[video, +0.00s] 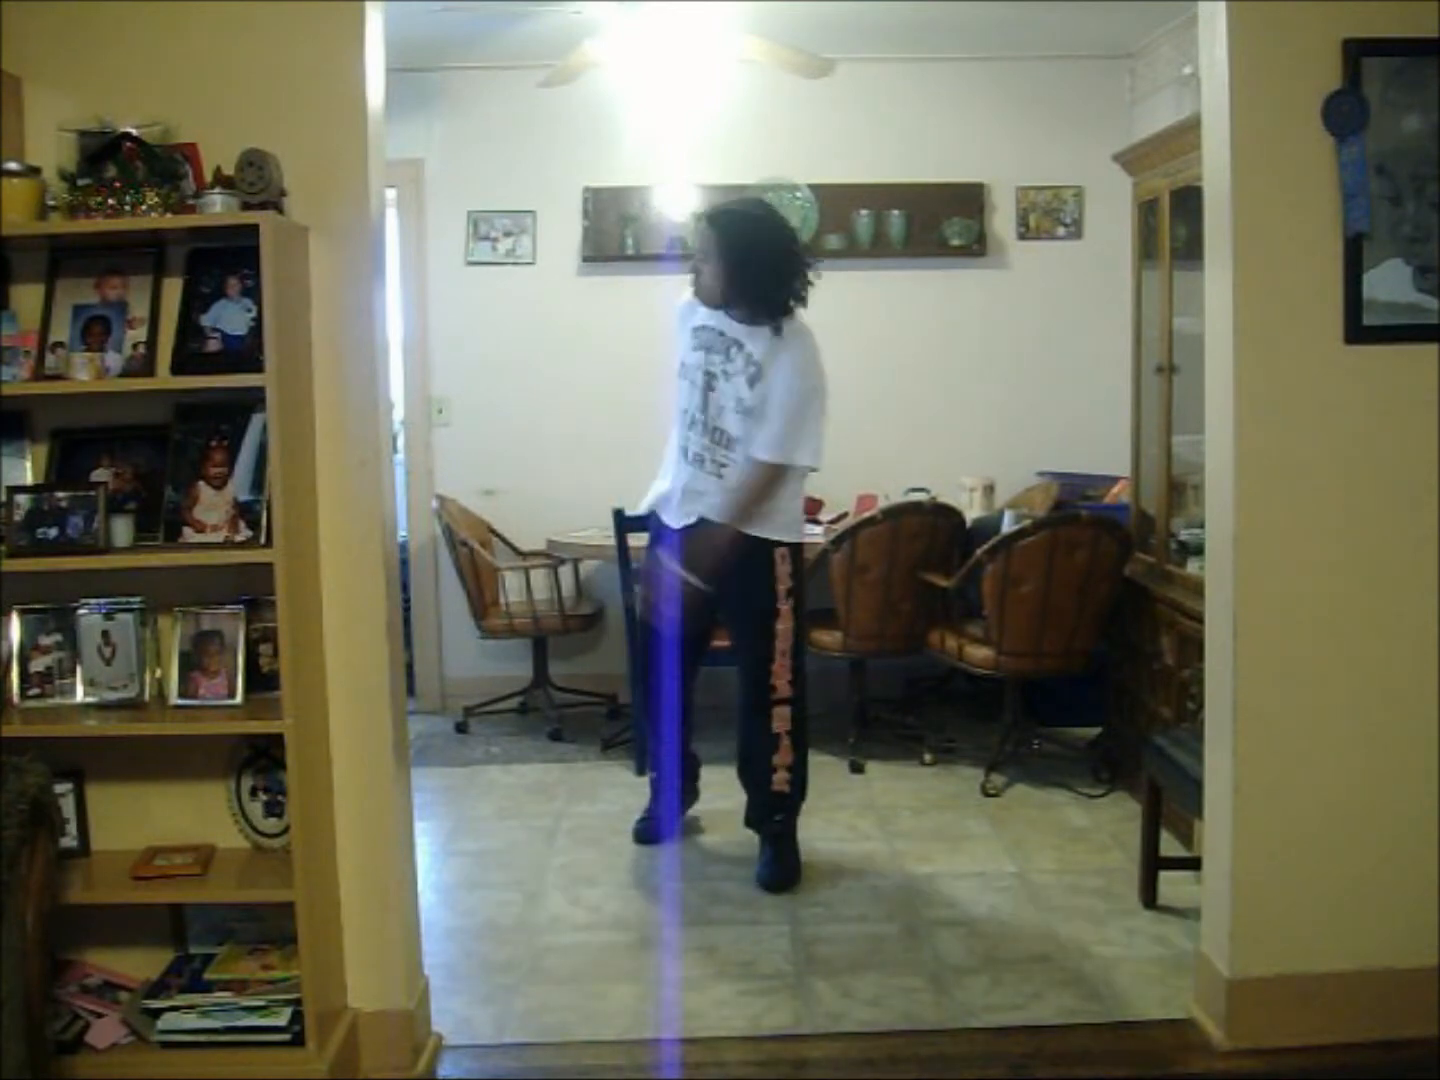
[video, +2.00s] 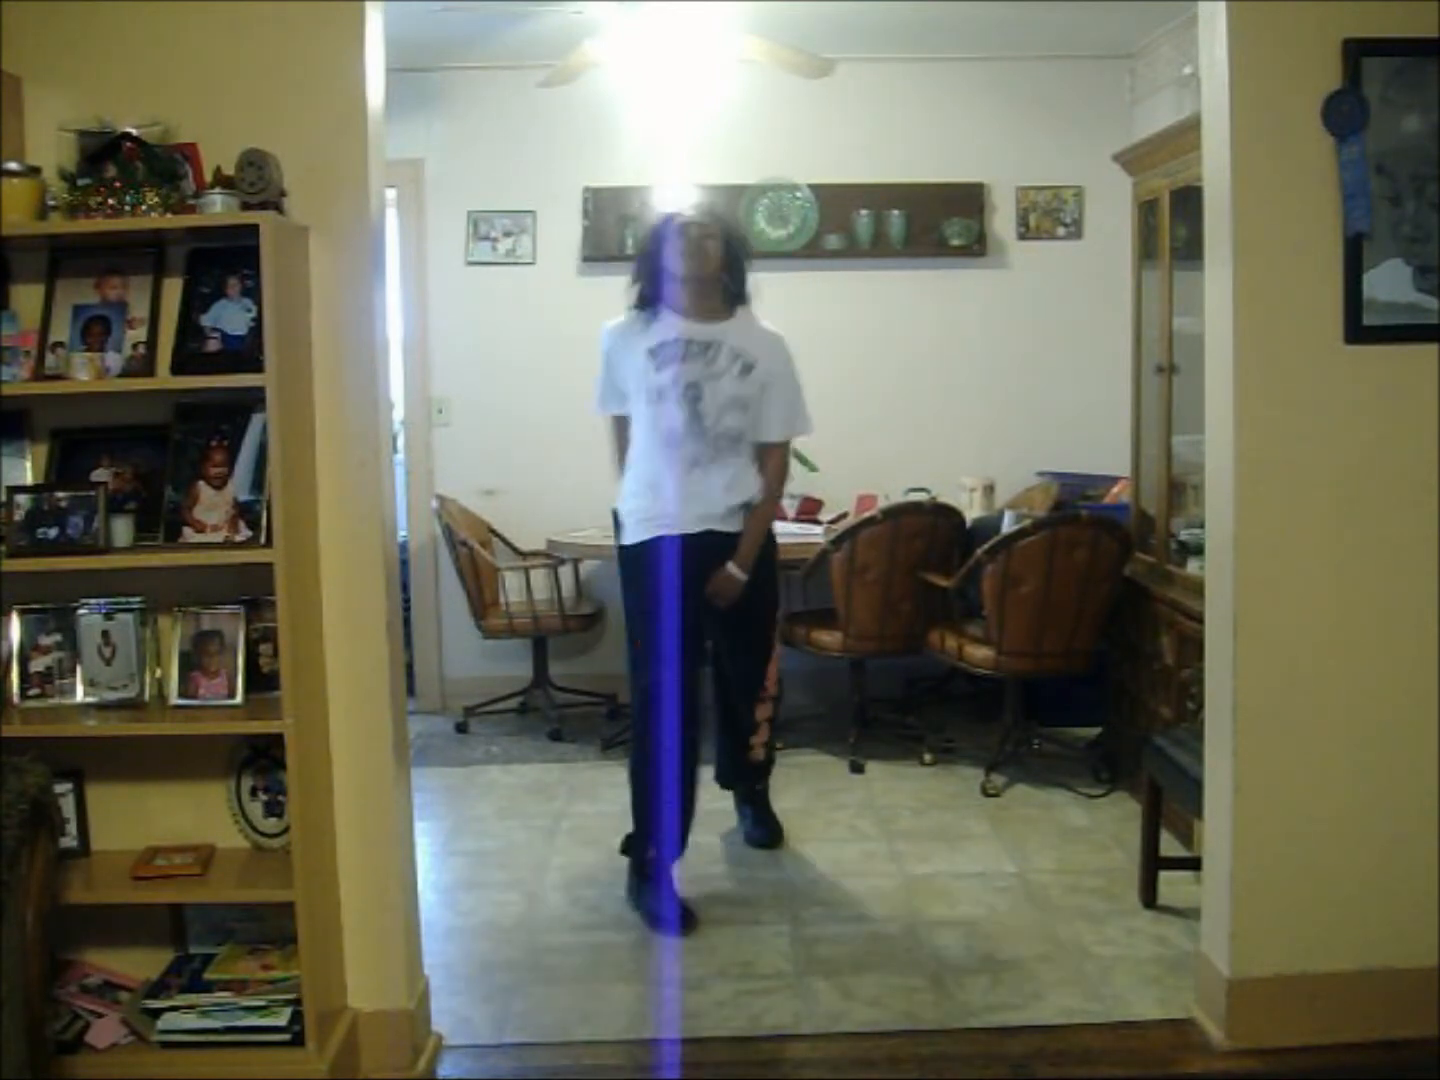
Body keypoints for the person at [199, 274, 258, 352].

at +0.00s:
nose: (233, 289)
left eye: (235, 285)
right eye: (230, 286)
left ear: (240, 287)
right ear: (225, 288)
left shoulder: (247, 304)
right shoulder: (221, 304)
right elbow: (205, 320)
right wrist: (210, 335)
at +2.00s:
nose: (233, 289)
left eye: (235, 285)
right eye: (230, 286)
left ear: (240, 287)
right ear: (226, 288)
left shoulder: (248, 304)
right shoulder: (221, 304)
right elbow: (205, 320)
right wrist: (210, 335)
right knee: (212, 341)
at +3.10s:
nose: (234, 289)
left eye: (236, 286)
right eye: (231, 286)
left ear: (240, 287)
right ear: (226, 289)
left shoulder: (247, 304)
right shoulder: (221, 304)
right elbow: (205, 320)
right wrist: (210, 335)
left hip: (244, 339)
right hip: (226, 338)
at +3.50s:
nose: (234, 289)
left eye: (236, 286)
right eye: (231, 286)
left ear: (240, 287)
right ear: (226, 288)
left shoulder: (247, 303)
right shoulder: (221, 304)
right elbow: (206, 320)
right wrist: (210, 335)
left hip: (244, 338)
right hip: (225, 337)